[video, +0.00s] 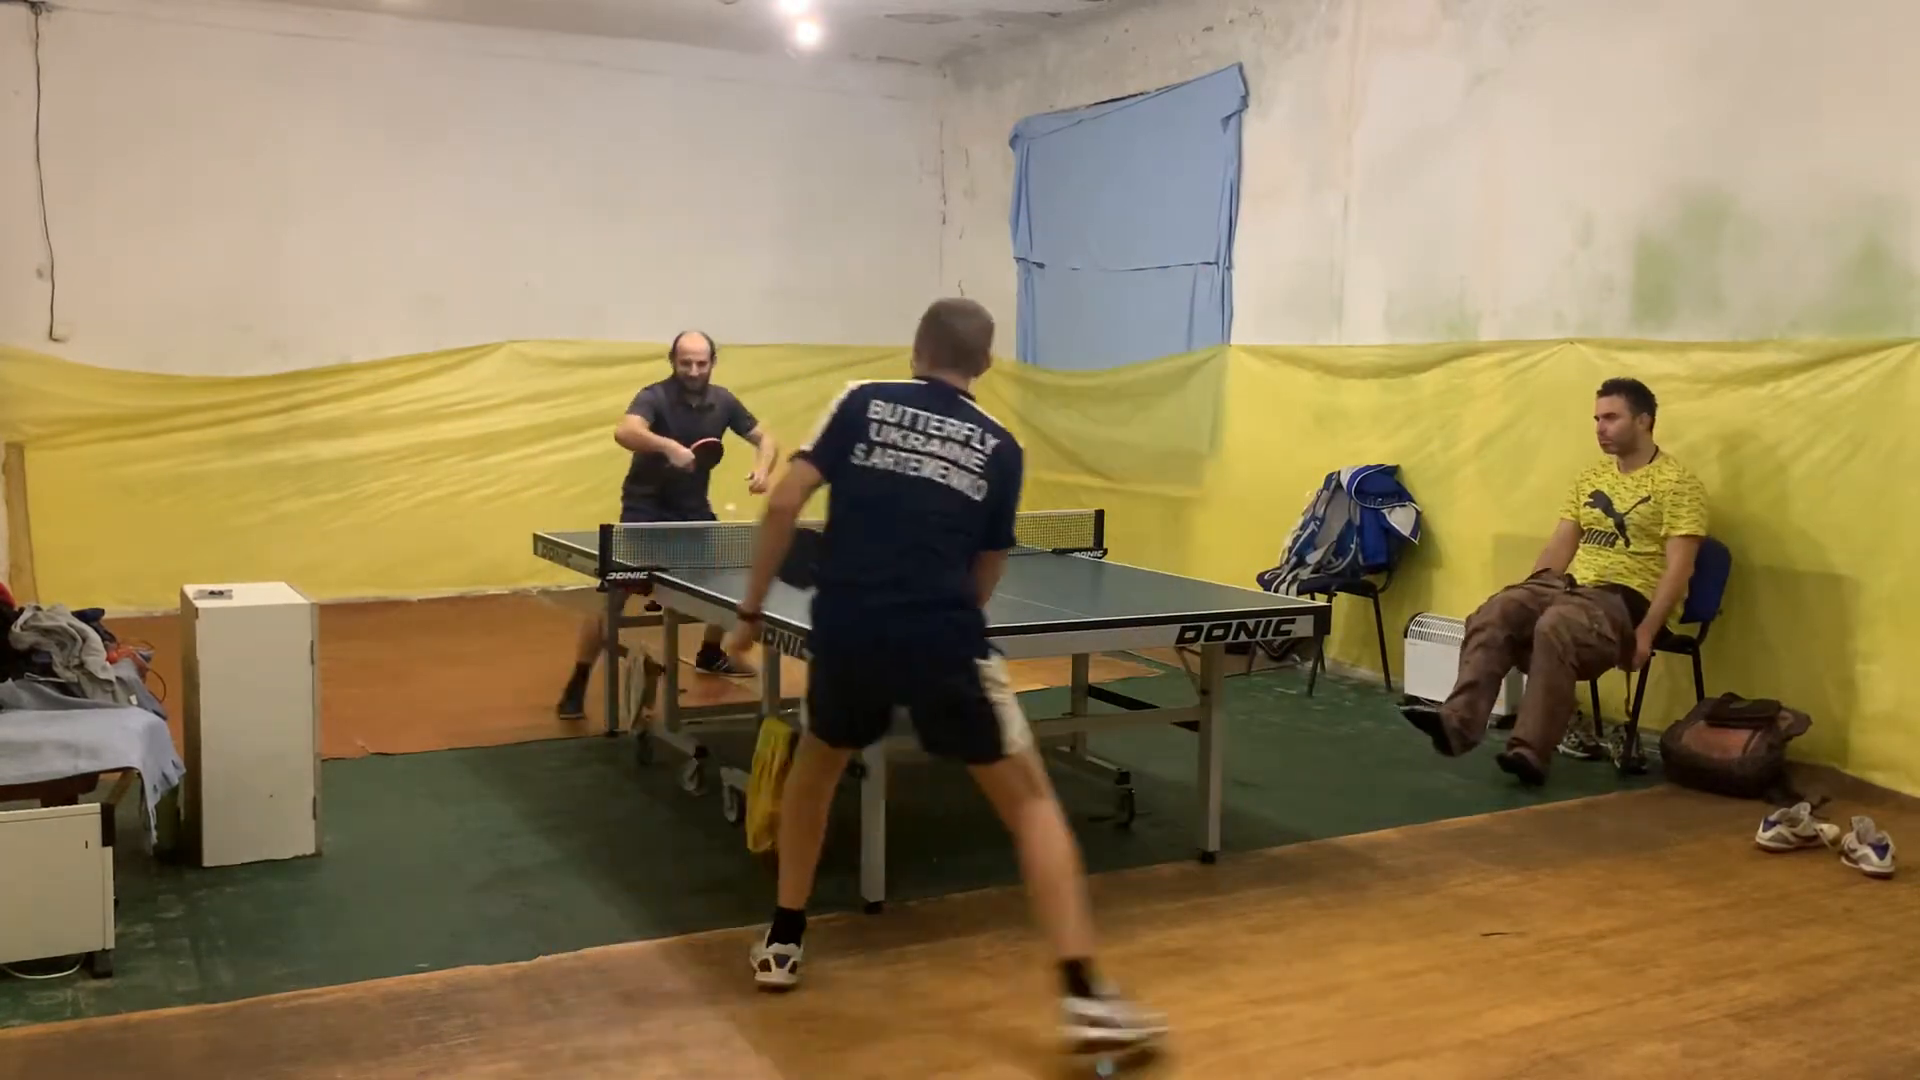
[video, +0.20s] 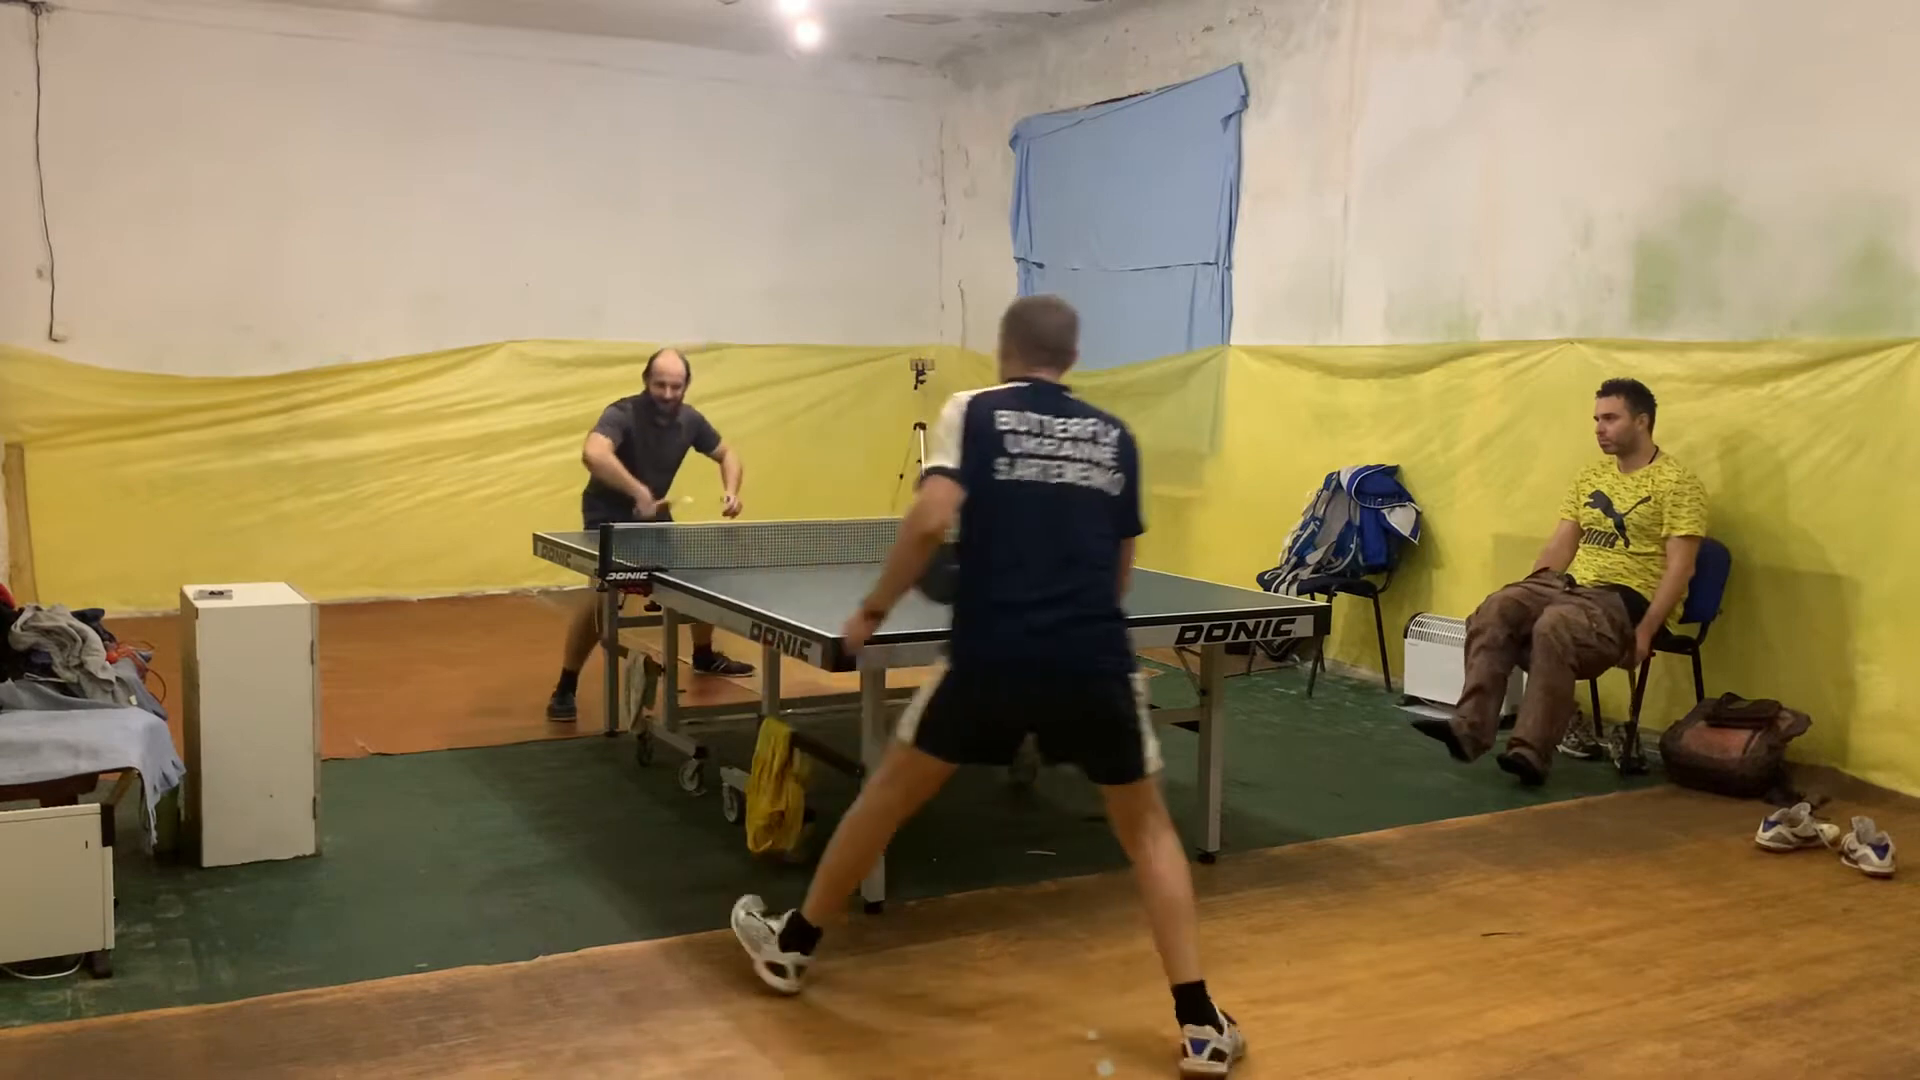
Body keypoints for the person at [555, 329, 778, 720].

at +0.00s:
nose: (694, 370)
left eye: (701, 363)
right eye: (686, 363)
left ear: (712, 363)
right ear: (673, 363)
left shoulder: (722, 400)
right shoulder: (654, 396)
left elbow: (765, 439)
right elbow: (625, 432)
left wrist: (763, 467)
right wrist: (668, 446)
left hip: (695, 512)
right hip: (645, 511)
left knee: (731, 579)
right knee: (615, 596)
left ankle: (711, 652)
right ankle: (578, 681)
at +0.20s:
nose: (668, 394)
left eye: (677, 386)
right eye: (660, 385)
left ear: (687, 386)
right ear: (646, 381)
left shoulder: (691, 421)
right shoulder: (623, 413)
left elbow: (727, 456)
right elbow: (595, 453)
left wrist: (731, 491)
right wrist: (640, 492)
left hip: (655, 519)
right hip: (608, 518)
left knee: (698, 578)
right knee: (601, 598)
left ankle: (704, 655)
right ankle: (566, 687)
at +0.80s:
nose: (679, 338)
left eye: (686, 331)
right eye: (671, 332)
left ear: (695, 332)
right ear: (657, 333)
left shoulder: (715, 368)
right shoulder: (639, 376)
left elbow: (759, 407)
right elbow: (596, 414)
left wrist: (745, 443)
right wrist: (605, 430)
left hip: (708, 485)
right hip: (656, 487)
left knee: (743, 558)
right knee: (624, 565)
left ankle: (734, 632)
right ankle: (601, 653)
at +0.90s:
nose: (685, 341)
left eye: (691, 334)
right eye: (676, 334)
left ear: (701, 334)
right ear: (662, 335)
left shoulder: (717, 369)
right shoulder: (644, 373)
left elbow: (755, 411)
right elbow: (602, 422)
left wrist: (739, 459)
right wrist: (626, 446)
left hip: (707, 481)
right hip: (657, 483)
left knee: (747, 553)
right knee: (632, 561)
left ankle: (757, 624)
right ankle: (599, 650)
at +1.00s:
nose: (690, 361)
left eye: (697, 354)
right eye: (682, 354)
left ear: (706, 354)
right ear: (669, 355)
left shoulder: (722, 389)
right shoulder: (652, 392)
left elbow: (746, 429)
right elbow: (614, 445)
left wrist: (730, 478)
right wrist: (630, 483)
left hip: (708, 497)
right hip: (658, 500)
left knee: (751, 559)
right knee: (624, 571)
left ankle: (768, 633)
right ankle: (604, 650)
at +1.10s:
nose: (667, 381)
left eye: (674, 374)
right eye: (661, 375)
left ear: (689, 372)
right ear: (652, 375)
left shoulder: (713, 403)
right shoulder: (643, 413)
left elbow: (739, 437)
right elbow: (612, 455)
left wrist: (731, 486)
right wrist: (593, 480)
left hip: (707, 511)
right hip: (657, 514)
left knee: (753, 562)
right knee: (629, 580)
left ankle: (764, 632)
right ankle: (606, 650)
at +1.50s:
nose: (577, 330)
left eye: (584, 322)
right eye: (569, 324)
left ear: (597, 323)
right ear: (558, 328)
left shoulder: (626, 358)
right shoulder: (551, 375)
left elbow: (677, 392)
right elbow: (545, 435)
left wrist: (697, 443)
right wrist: (573, 477)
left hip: (633, 467)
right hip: (584, 475)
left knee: (664, 547)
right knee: (569, 562)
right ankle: (566, 651)